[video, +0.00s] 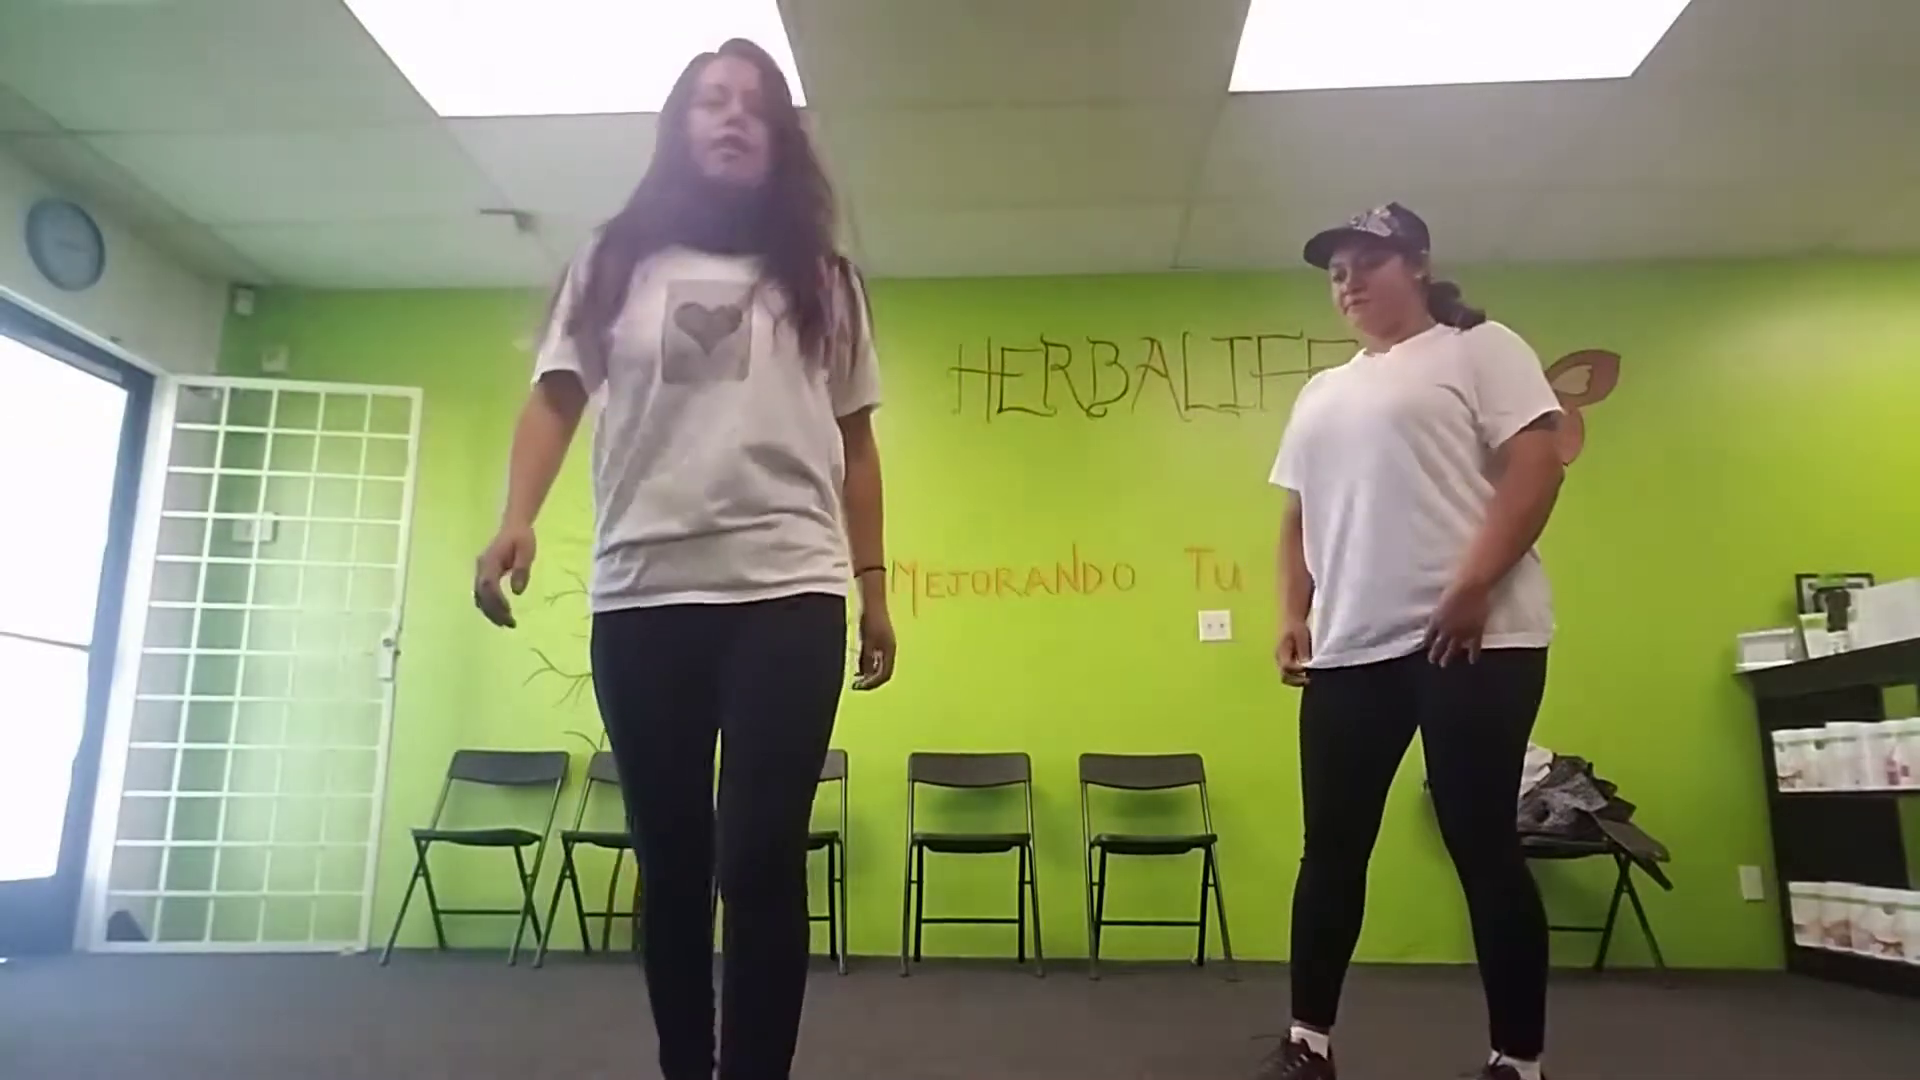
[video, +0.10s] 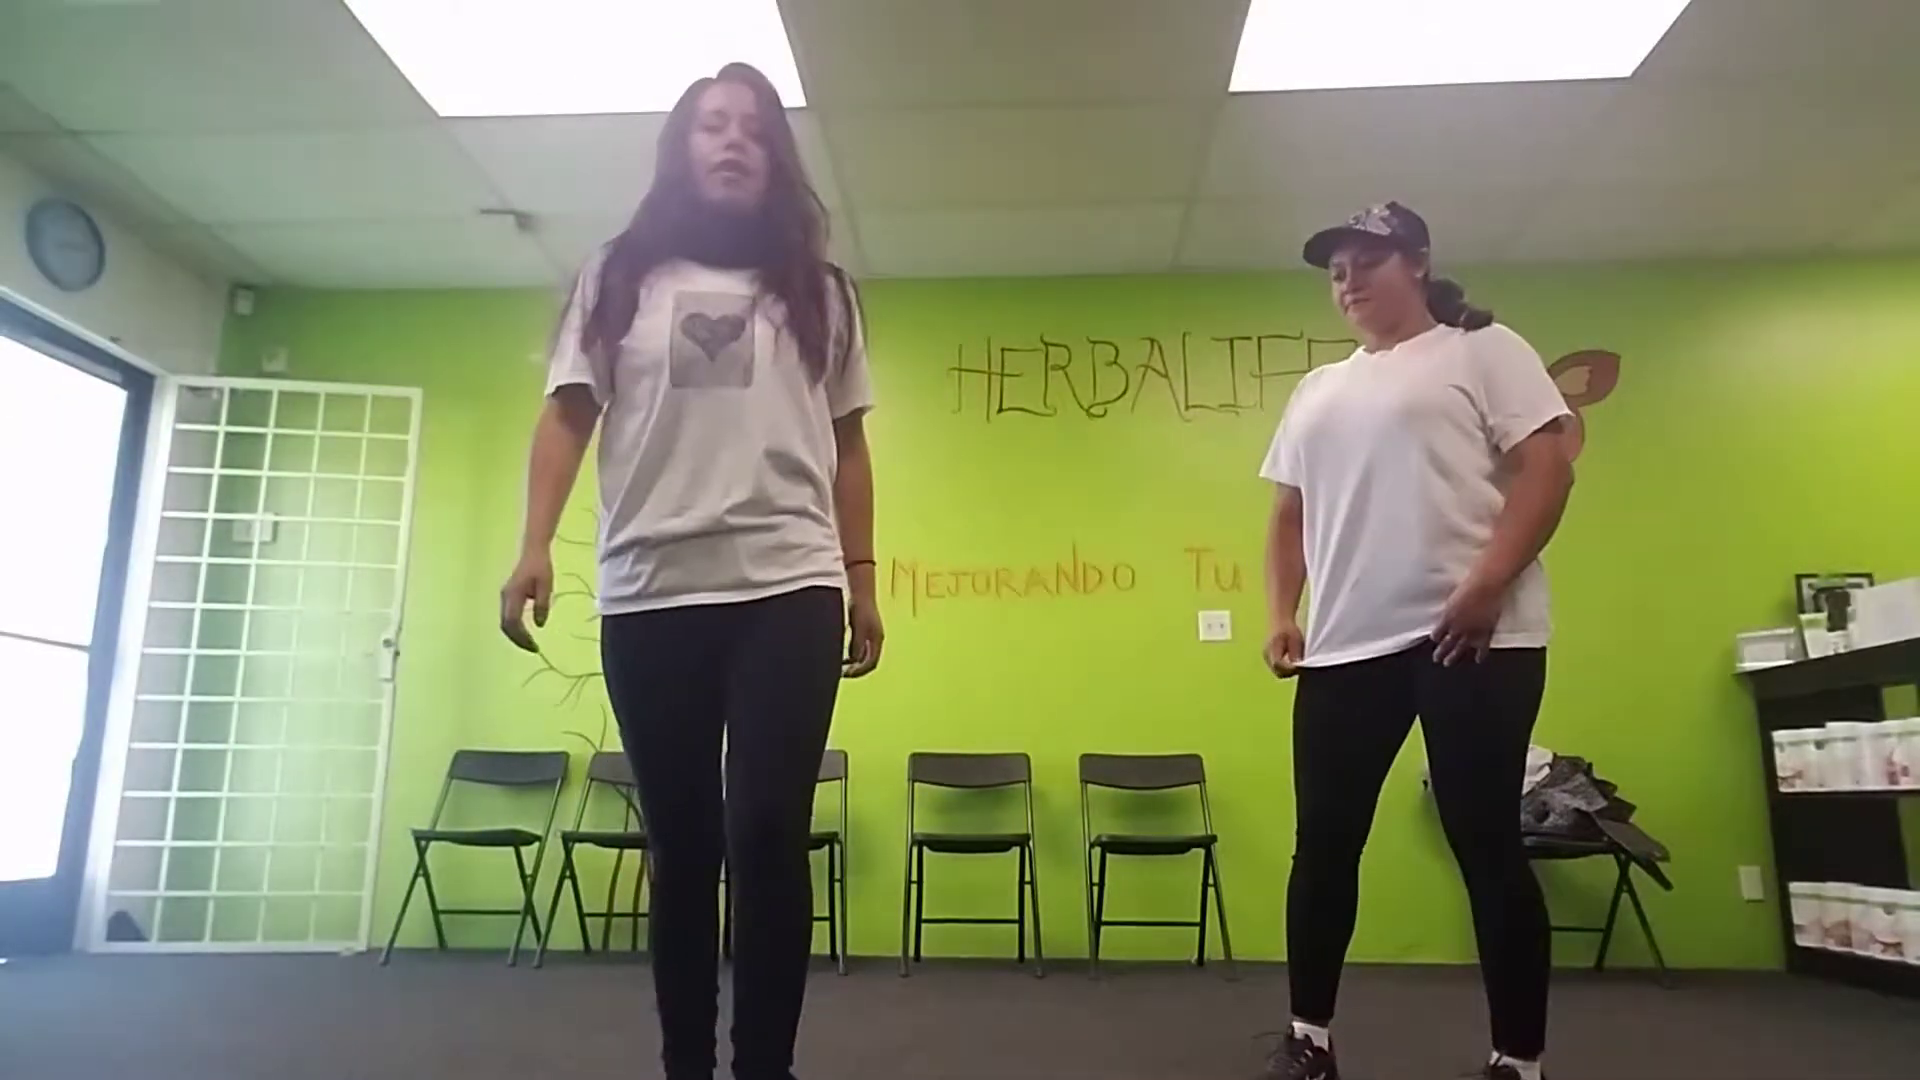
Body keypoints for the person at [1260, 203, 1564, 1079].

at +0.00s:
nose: (1349, 283)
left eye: (1367, 264)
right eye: (1339, 273)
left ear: (1418, 265)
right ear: (1335, 287)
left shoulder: (1483, 348)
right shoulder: (1320, 393)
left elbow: (1536, 464)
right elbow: (1300, 517)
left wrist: (1475, 584)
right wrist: (1294, 610)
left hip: (1475, 641)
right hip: (1350, 656)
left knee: (1483, 845)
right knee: (1331, 847)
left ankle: (1518, 1060)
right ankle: (1308, 1044)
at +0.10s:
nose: (1348, 280)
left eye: (1368, 261)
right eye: (1338, 269)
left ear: (1417, 264)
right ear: (1333, 285)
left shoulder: (1484, 349)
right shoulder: (1316, 391)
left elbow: (1549, 460)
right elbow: (1291, 513)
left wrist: (1489, 582)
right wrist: (1283, 613)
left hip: (1476, 641)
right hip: (1347, 655)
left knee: (1486, 843)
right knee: (1323, 844)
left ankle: (1518, 1059)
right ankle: (1308, 1040)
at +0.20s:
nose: (1342, 281)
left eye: (1361, 263)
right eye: (1333, 270)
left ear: (1411, 265)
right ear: (1328, 287)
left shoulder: (1479, 353)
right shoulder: (1307, 392)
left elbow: (1549, 466)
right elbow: (1279, 511)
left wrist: (1494, 584)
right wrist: (1269, 612)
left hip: (1469, 643)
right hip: (1339, 656)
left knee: (1488, 844)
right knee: (1319, 846)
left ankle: (1518, 1059)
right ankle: (1306, 1036)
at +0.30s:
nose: (1330, 287)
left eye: (1349, 269)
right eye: (1322, 275)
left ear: (1399, 271)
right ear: (1316, 291)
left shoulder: (1470, 363)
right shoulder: (1291, 397)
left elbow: (1533, 480)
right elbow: (1261, 512)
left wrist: (1490, 588)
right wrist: (1254, 611)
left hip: (1458, 648)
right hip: (1328, 661)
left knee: (1488, 847)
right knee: (1319, 851)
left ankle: (1517, 1059)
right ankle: (1308, 1041)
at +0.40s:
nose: (1313, 293)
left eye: (1331, 274)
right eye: (1304, 281)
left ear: (1380, 276)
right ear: (1299, 296)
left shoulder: (1451, 369)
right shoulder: (1272, 400)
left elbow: (1508, 491)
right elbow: (1241, 515)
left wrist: (1476, 598)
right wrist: (1242, 615)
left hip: (1439, 655)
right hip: (1311, 666)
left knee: (1478, 848)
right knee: (1314, 853)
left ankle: (1515, 1058)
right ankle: (1307, 1043)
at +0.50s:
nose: (1292, 298)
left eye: (1311, 280)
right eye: (1284, 286)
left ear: (1360, 281)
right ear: (1279, 299)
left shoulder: (1433, 375)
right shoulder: (1257, 401)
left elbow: (1482, 495)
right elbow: (1221, 516)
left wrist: (1459, 601)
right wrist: (1220, 611)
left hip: (1420, 658)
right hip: (1294, 670)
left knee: (1464, 849)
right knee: (1308, 853)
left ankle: (1512, 1056)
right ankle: (1306, 1042)